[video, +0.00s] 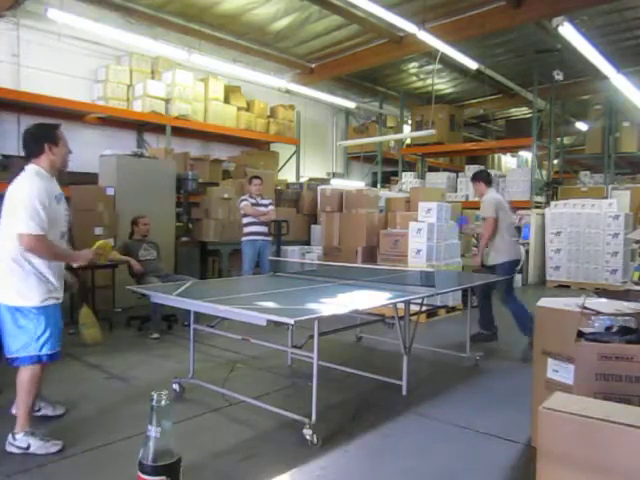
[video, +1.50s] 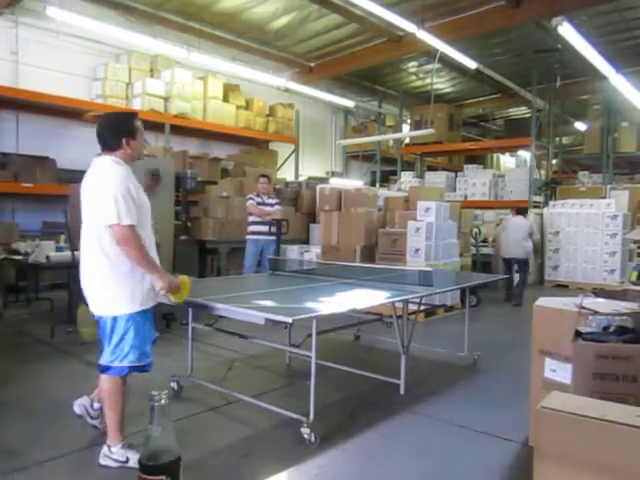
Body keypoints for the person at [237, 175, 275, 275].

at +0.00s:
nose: (258, 187)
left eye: (260, 185)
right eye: (255, 185)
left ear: (262, 186)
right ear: (249, 187)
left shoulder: (268, 201)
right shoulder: (244, 199)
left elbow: (272, 215)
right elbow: (248, 211)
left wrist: (258, 216)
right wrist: (265, 212)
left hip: (265, 238)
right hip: (249, 238)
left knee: (266, 269)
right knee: (248, 270)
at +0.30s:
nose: (259, 187)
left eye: (261, 185)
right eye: (256, 185)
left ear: (263, 186)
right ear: (250, 186)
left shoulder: (269, 201)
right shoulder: (245, 200)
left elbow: (273, 216)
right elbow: (250, 211)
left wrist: (258, 216)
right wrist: (266, 212)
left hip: (266, 238)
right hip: (251, 238)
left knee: (267, 269)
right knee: (248, 270)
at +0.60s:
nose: (259, 186)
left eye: (262, 184)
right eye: (257, 184)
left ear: (265, 185)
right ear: (252, 185)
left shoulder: (271, 199)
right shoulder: (247, 198)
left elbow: (276, 214)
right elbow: (252, 210)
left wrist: (261, 215)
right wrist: (269, 211)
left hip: (269, 237)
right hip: (253, 237)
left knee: (268, 267)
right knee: (250, 268)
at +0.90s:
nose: (262, 187)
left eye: (264, 184)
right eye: (259, 184)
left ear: (268, 186)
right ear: (255, 186)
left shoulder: (274, 199)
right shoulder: (251, 198)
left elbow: (278, 214)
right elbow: (252, 210)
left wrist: (262, 216)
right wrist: (270, 211)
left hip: (270, 237)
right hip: (255, 237)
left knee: (269, 266)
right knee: (250, 267)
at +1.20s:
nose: (264, 187)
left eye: (267, 184)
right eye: (262, 184)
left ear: (270, 186)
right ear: (258, 186)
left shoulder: (277, 200)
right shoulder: (253, 199)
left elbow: (280, 215)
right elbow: (253, 211)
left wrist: (265, 218)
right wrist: (272, 213)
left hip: (271, 238)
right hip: (256, 237)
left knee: (269, 267)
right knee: (250, 267)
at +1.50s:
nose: (263, 185)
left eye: (266, 183)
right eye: (261, 183)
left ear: (269, 185)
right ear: (257, 185)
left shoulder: (274, 200)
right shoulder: (252, 197)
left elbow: (279, 215)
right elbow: (252, 210)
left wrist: (265, 217)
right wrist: (271, 212)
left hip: (270, 237)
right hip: (254, 236)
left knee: (268, 267)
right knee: (250, 267)